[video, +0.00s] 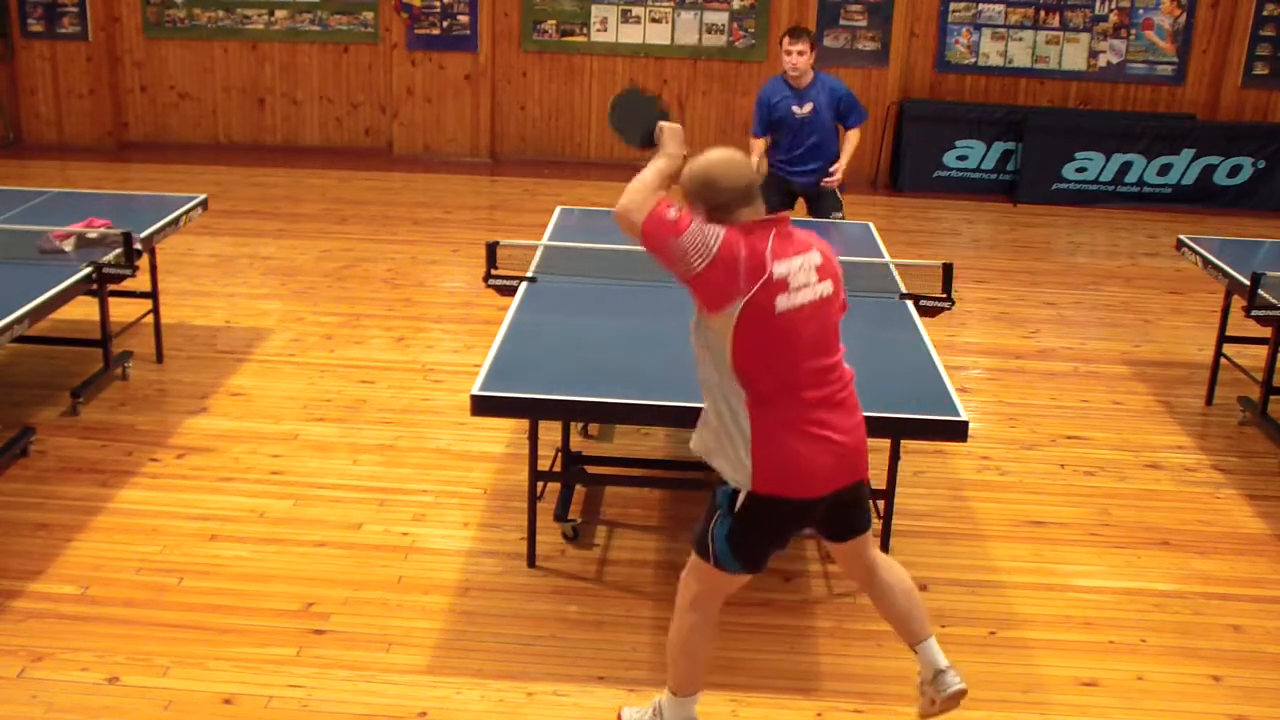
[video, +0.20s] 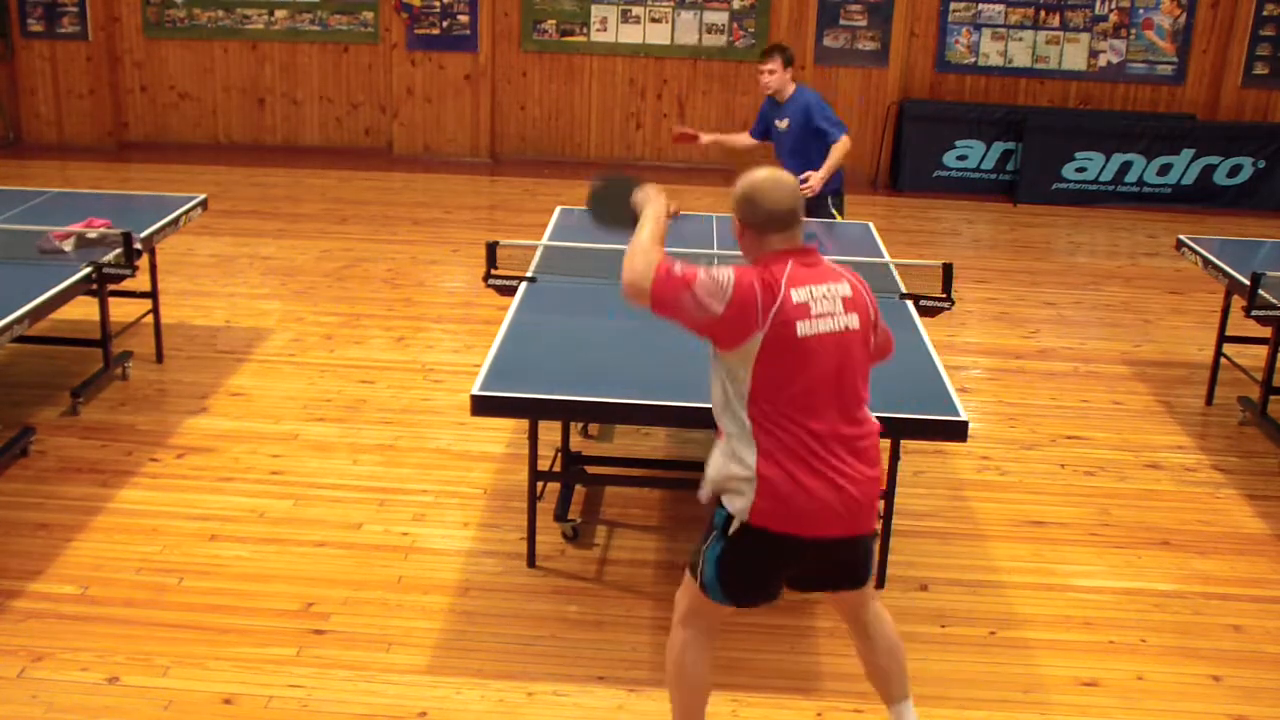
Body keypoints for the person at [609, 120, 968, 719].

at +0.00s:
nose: (682, 210)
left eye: (685, 202)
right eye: (680, 202)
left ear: (702, 212)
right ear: (758, 194)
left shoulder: (721, 256)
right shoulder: (816, 247)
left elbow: (631, 210)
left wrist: (667, 157)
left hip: (768, 478)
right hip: (846, 461)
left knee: (699, 594)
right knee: (868, 561)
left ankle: (676, 709)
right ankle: (937, 667)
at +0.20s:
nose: (733, 228)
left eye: (734, 220)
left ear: (740, 228)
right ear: (803, 217)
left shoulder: (745, 290)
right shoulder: (850, 284)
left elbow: (639, 279)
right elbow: (880, 347)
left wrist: (654, 211)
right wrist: (809, 346)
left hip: (769, 511)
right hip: (851, 508)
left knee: (692, 616)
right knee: (862, 603)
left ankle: (687, 716)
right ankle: (905, 712)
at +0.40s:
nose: (765, 235)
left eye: (767, 227)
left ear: (771, 235)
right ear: (834, 231)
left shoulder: (758, 310)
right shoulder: (887, 302)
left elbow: (681, 390)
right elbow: (919, 384)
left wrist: (657, 353)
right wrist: (852, 370)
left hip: (796, 526)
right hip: (890, 526)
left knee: (730, 638)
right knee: (905, 633)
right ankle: (925, 719)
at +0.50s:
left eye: (785, 232)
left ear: (786, 242)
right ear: (850, 241)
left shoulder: (762, 320)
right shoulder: (903, 312)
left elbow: (709, 421)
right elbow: (938, 391)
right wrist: (873, 371)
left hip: (798, 538)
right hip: (896, 542)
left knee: (729, 640)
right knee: (917, 646)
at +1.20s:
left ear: (817, 295)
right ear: (888, 296)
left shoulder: (773, 384)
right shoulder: (940, 377)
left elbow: (740, 494)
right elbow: (1031, 441)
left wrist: (763, 501)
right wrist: (1053, 465)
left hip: (811, 617)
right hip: (920, 623)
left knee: (734, 698)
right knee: (951, 708)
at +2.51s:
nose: (869, 268)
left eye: (873, 260)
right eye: (877, 256)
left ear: (879, 281)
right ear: (950, 287)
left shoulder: (854, 379)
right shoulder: (989, 370)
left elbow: (794, 501)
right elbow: (1031, 444)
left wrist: (706, 531)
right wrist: (994, 471)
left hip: (837, 630)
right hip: (938, 636)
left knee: (753, 706)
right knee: (914, 713)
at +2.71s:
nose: (883, 265)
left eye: (886, 259)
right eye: (889, 255)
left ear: (893, 277)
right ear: (964, 287)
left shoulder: (858, 376)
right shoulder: (999, 376)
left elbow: (794, 499)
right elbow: (1051, 479)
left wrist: (732, 580)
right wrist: (1042, 540)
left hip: (844, 640)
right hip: (946, 640)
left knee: (803, 706)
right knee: (934, 712)